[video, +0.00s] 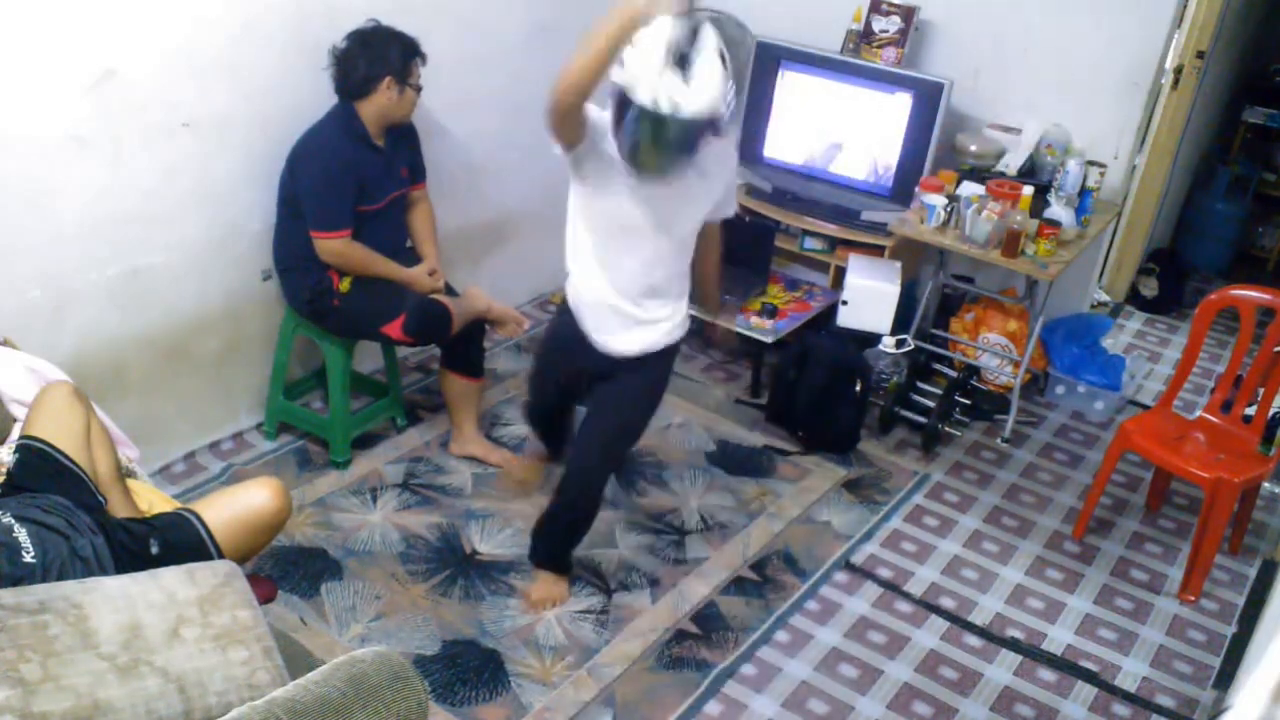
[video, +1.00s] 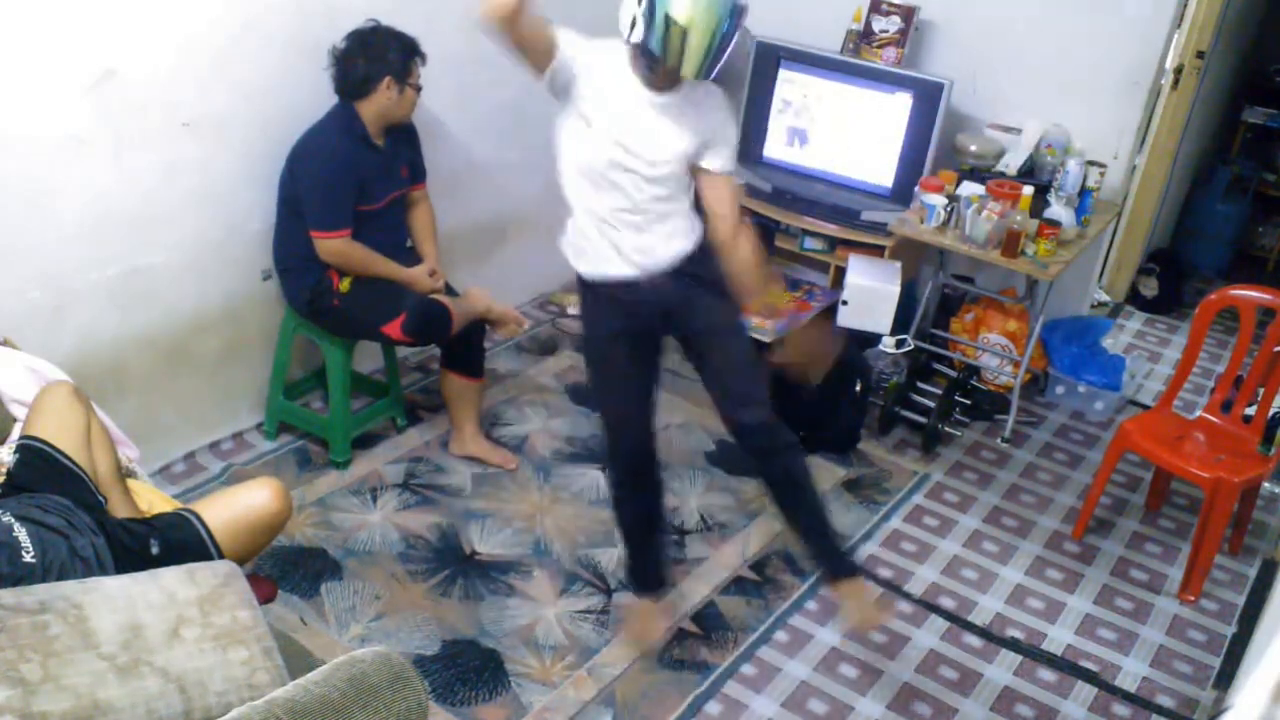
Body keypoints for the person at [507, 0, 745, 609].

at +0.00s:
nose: (661, 142)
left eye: (680, 130)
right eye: (652, 124)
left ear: (705, 122)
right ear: (627, 105)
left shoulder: (715, 159)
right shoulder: (594, 140)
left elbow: (710, 240)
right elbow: (565, 101)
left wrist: (711, 309)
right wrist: (626, 18)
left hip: (648, 345)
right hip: (580, 323)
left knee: (589, 468)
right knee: (543, 404)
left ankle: (552, 560)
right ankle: (553, 450)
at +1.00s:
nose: (656, 75)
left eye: (673, 70)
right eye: (647, 60)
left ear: (704, 59)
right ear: (630, 31)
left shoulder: (706, 106)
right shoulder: (582, 65)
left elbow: (727, 224)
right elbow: (504, 20)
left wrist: (758, 295)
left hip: (690, 280)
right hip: (610, 291)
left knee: (757, 423)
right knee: (628, 448)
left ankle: (840, 575)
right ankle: (648, 591)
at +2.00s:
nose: (636, 22)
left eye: (647, 19)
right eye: (631, 18)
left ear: (666, 22)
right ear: (621, 21)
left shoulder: (685, 74)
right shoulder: (612, 77)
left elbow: (653, 8)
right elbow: (575, 171)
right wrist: (492, 206)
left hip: (642, 286)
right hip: (583, 268)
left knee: (616, 435)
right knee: (502, 399)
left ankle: (624, 554)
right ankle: (497, 528)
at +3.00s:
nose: (717, 81)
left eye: (732, 72)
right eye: (707, 64)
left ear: (746, 69)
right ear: (676, 45)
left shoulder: (732, 109)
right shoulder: (627, 88)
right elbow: (575, 38)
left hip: (698, 291)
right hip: (625, 288)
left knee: (683, 443)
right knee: (604, 420)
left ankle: (667, 605)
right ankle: (589, 523)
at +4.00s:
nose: (668, 34)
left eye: (672, 22)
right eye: (665, 25)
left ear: (698, 15)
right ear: (705, 16)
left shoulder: (740, 56)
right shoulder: (710, 57)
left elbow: (664, 0)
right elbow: (808, 39)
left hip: (725, 266)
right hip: (670, 249)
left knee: (708, 414)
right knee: (591, 364)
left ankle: (727, 555)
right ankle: (562, 494)